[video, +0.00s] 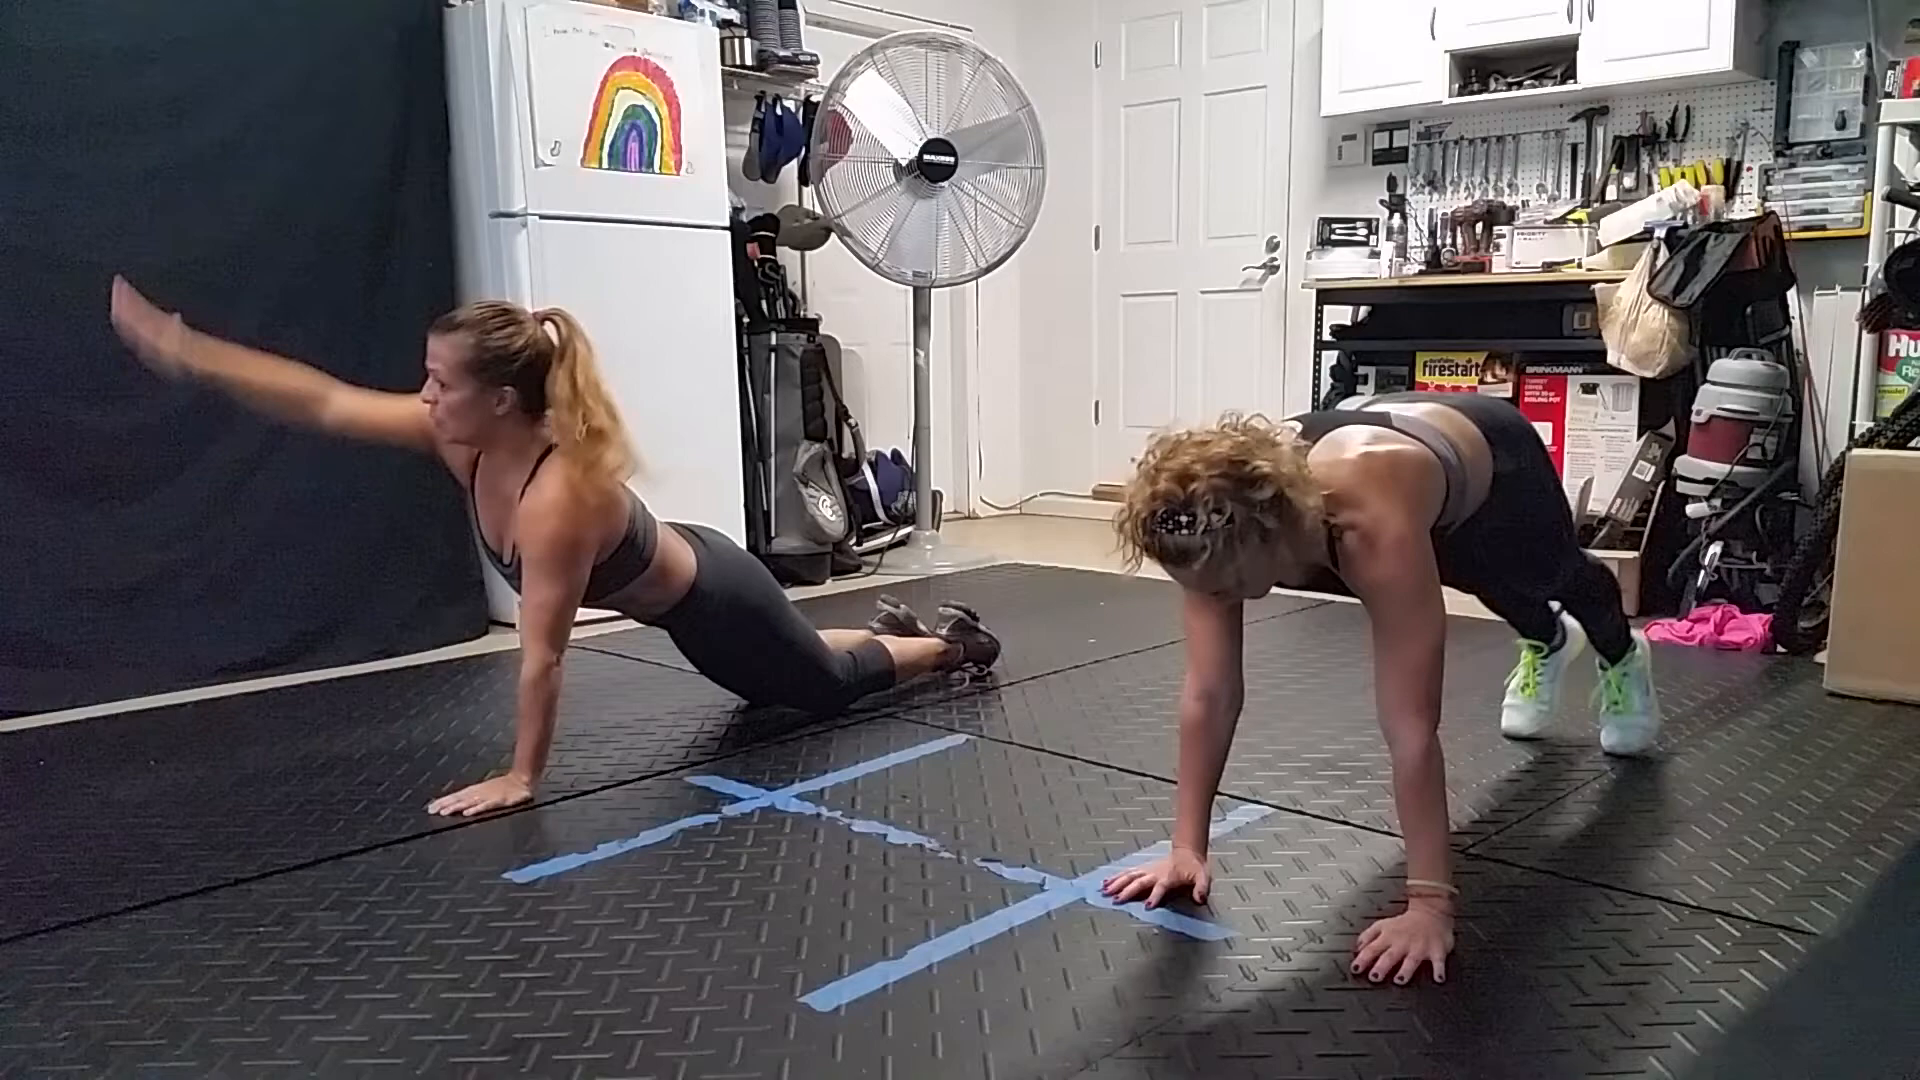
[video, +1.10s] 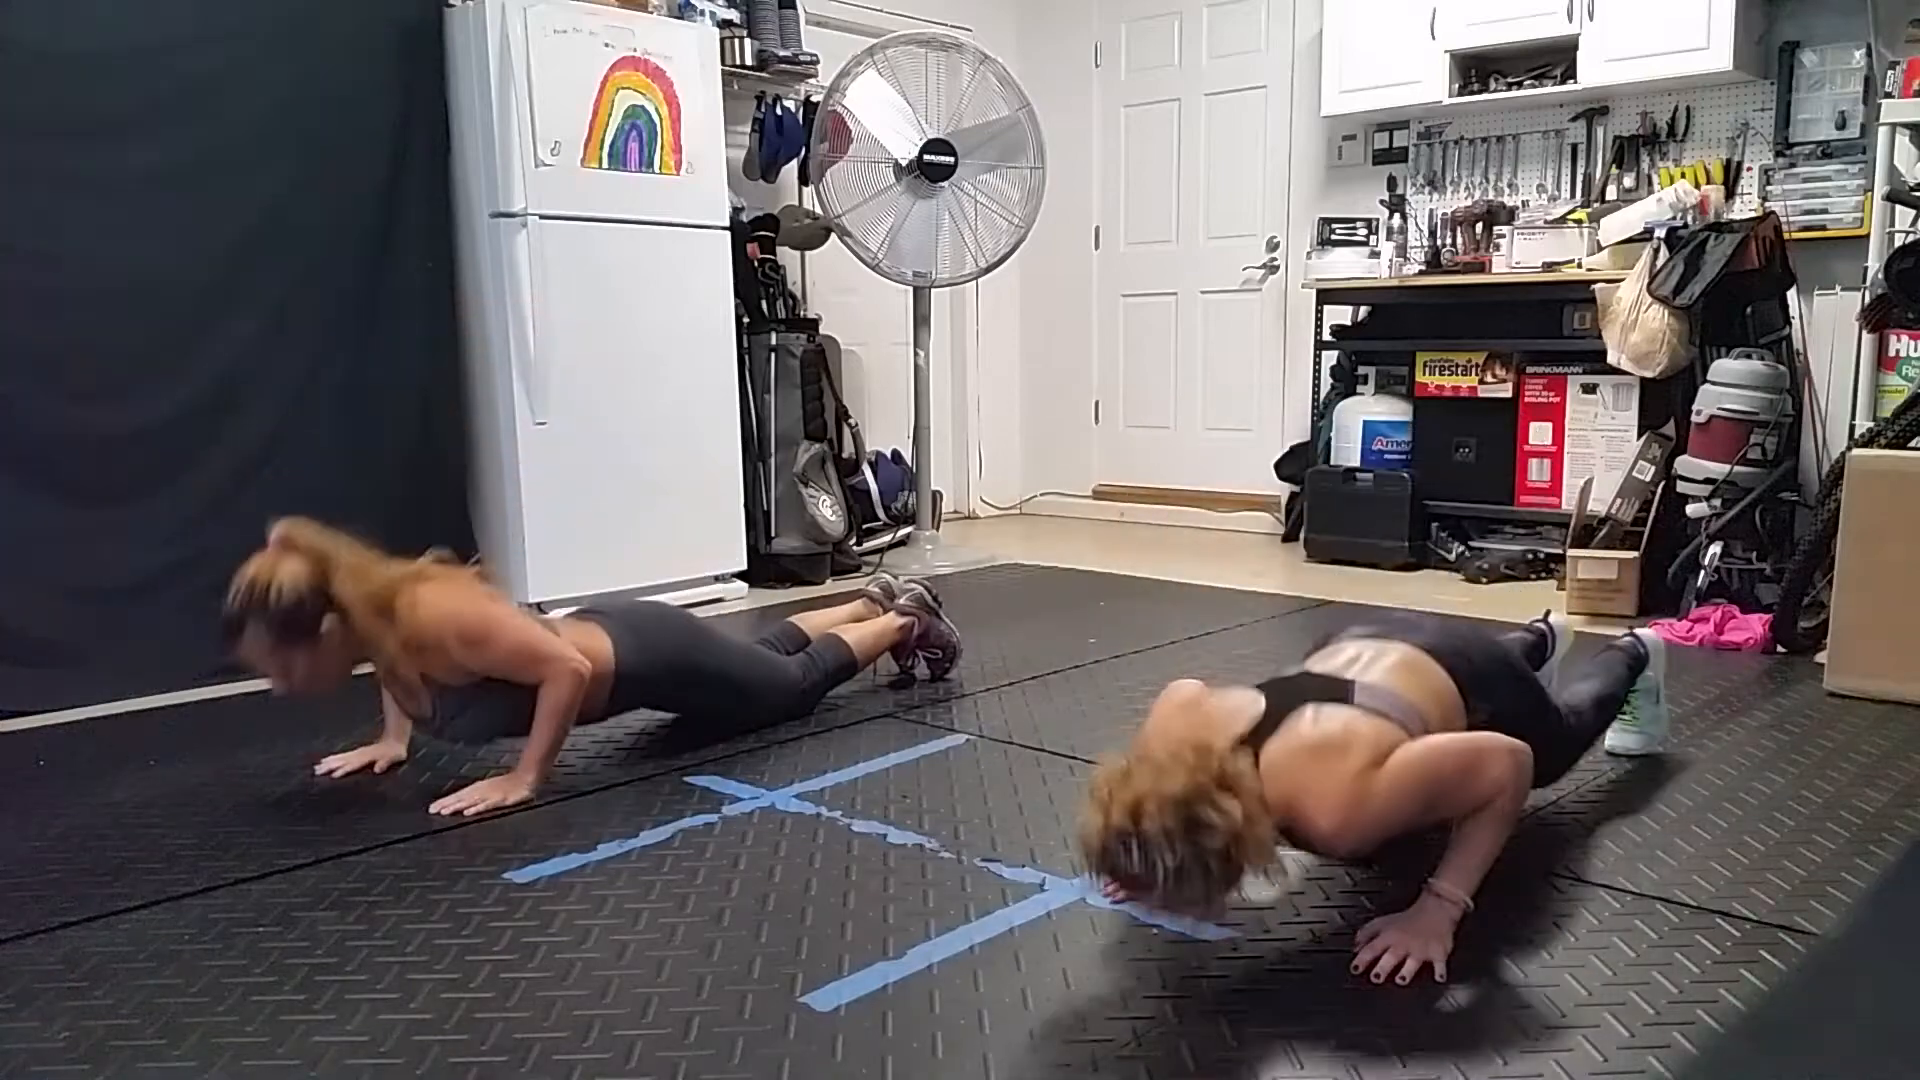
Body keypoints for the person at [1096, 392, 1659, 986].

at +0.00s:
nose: (1230, 593)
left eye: (1235, 577)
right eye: (1213, 582)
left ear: (1271, 528)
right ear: (1196, 547)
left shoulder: (1379, 523)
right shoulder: (1211, 529)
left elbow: (1414, 734)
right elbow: (1208, 691)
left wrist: (1429, 901)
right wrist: (1187, 847)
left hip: (1491, 443)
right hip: (1386, 437)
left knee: (1562, 572)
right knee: (1483, 578)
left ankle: (1621, 653)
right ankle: (1545, 638)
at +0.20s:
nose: (1220, 592)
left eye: (1225, 574)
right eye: (1202, 582)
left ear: (1268, 523)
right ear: (1191, 551)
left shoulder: (1381, 520)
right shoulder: (1214, 534)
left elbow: (1414, 731)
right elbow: (1207, 699)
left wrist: (1429, 902)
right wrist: (1186, 848)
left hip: (1496, 480)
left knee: (1563, 591)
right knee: (1484, 602)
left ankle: (1628, 663)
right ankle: (1536, 648)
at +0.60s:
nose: (1198, 616)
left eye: (1204, 598)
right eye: (1186, 603)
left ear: (1251, 565)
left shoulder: (1376, 565)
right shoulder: (1221, 569)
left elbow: (1447, 743)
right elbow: (1215, 701)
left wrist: (1433, 904)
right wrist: (1188, 845)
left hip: (1492, 528)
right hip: (1417, 528)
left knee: (1571, 613)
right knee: (1485, 618)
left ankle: (1647, 658)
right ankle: (1526, 650)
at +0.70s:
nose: (1210, 712)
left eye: (1218, 698)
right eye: (1193, 707)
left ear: (1251, 661)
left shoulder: (1368, 641)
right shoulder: (1228, 630)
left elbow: (1482, 758)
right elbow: (1213, 726)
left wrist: (1435, 907)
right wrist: (1188, 850)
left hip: (1482, 577)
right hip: (1393, 554)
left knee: (1560, 641)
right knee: (1472, 648)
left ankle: (1639, 656)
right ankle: (1522, 677)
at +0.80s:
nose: (1201, 824)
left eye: (1210, 807)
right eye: (1178, 810)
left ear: (1238, 767)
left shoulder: (1354, 734)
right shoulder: (1204, 676)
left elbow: (1506, 771)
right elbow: (1187, 745)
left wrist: (1436, 909)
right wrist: (1186, 841)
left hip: (1473, 625)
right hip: (1378, 590)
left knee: (1561, 660)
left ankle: (1635, 653)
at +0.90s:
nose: (1174, 912)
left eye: (1187, 902)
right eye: (1154, 898)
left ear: (1229, 851)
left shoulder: (1349, 805)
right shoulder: (1191, 708)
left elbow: (1513, 769)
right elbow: (1174, 778)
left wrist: (1437, 908)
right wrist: (1158, 853)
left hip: (1470, 676)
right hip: (1377, 634)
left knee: (1565, 667)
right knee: (1487, 631)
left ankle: (1637, 652)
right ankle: (1551, 625)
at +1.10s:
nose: (1149, 909)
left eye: (1161, 901)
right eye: (1134, 898)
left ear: (1213, 864)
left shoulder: (1341, 811)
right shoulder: (1179, 713)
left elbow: (1506, 765)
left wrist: (1439, 907)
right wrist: (1151, 852)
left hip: (1469, 682)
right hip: (1375, 636)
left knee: (1568, 716)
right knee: (1481, 641)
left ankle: (1632, 651)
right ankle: (1541, 631)